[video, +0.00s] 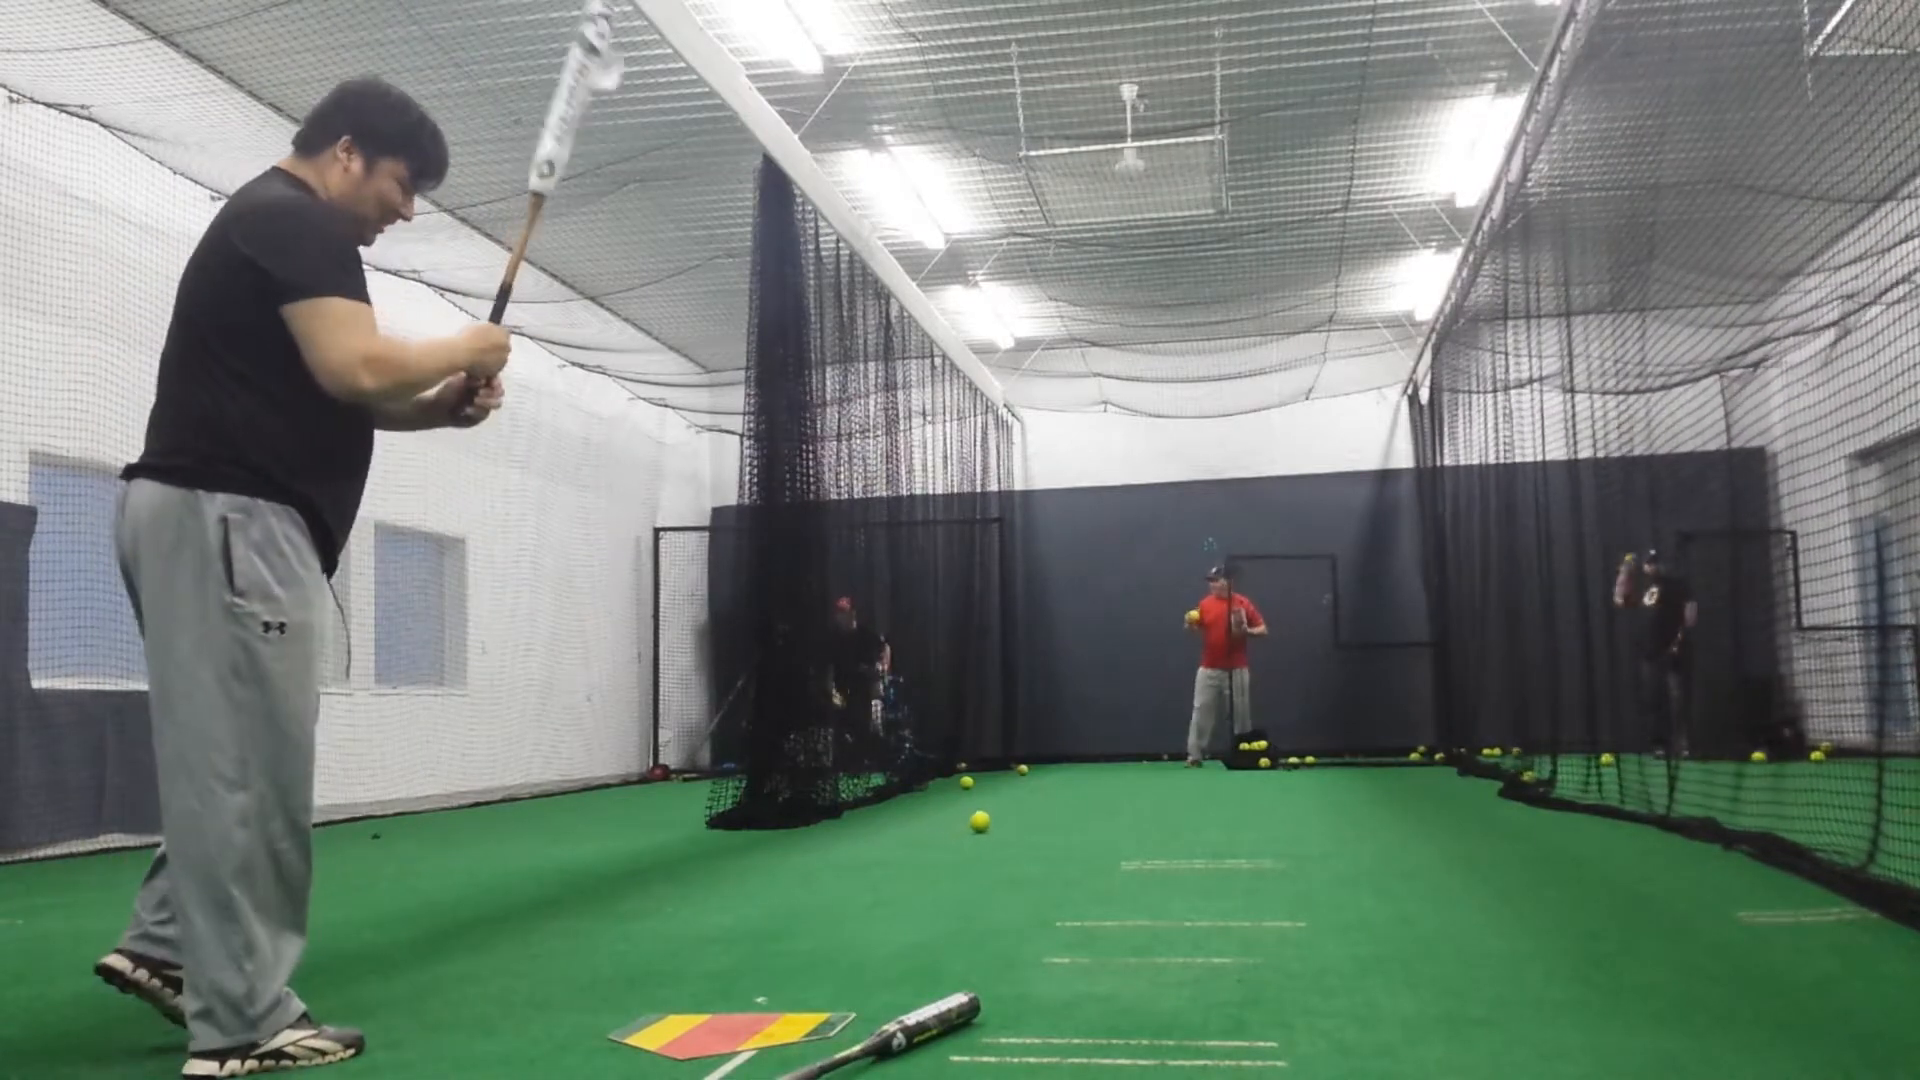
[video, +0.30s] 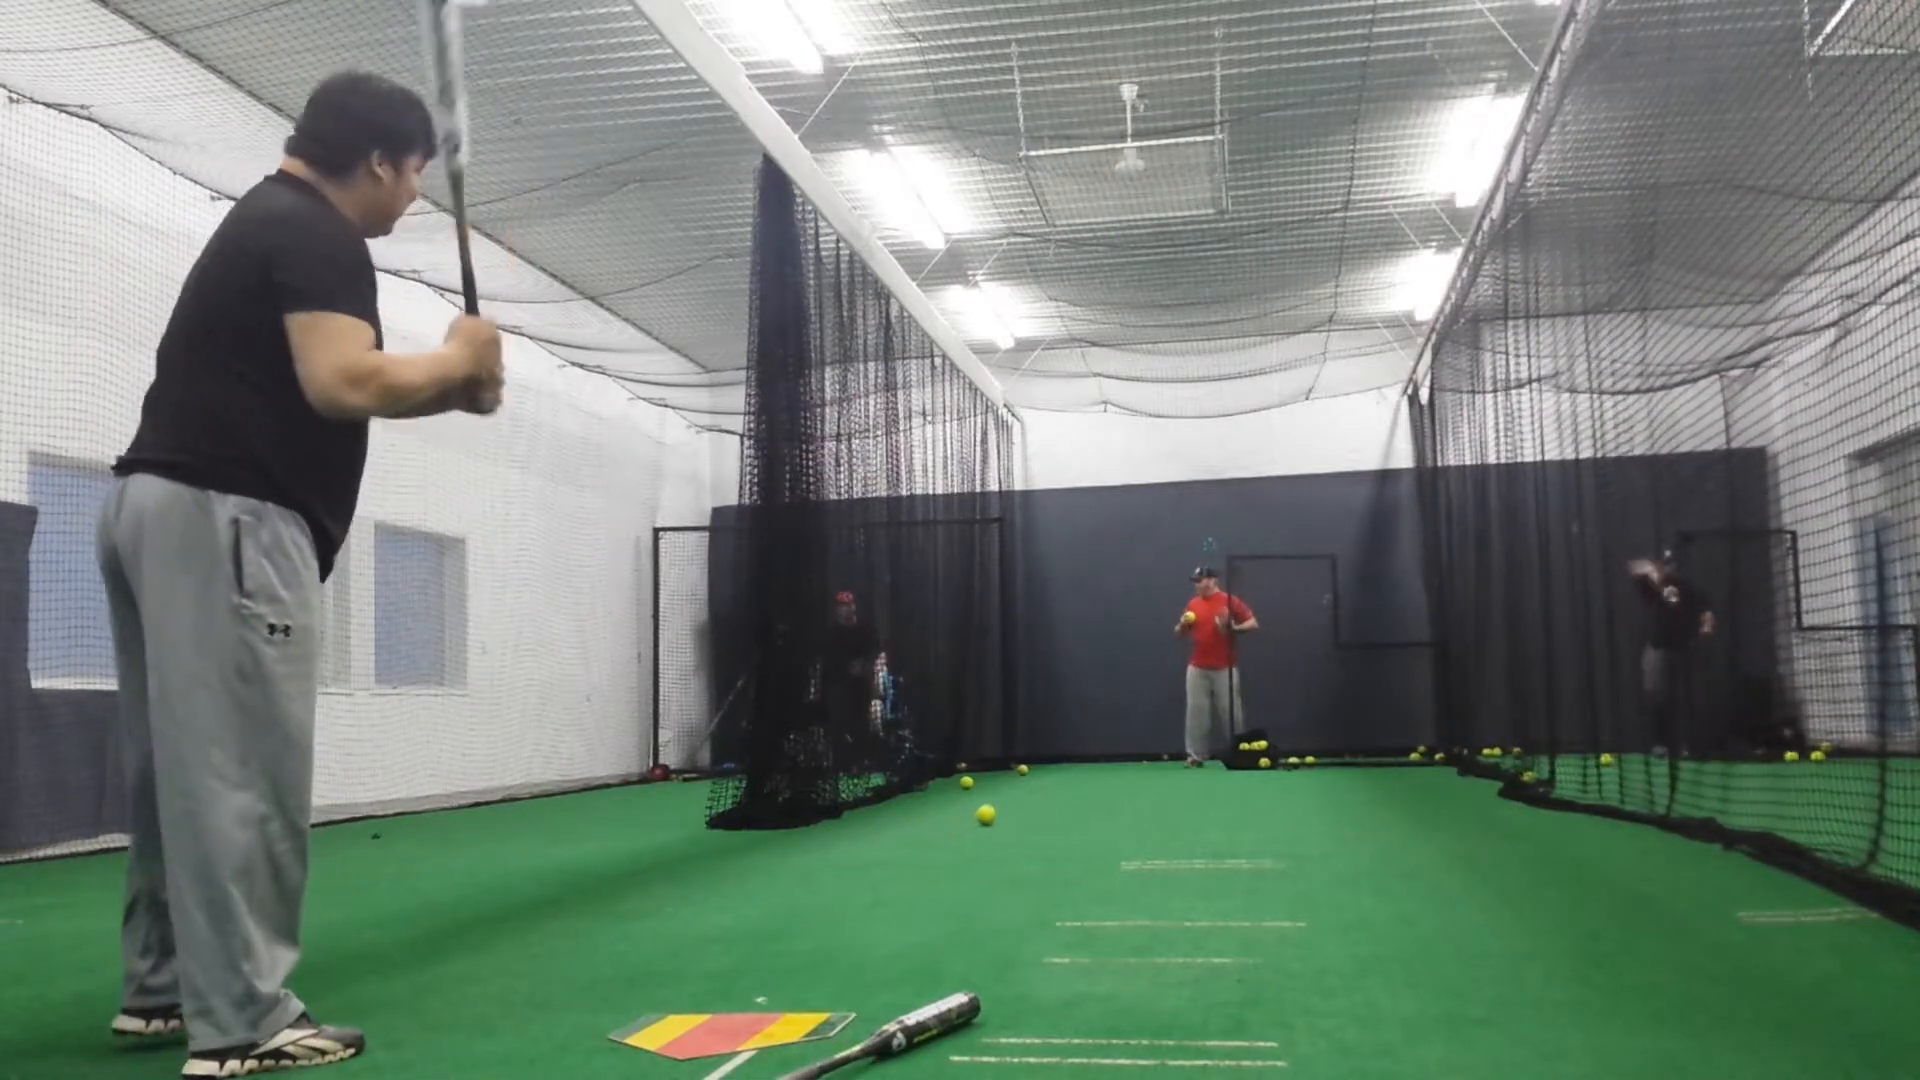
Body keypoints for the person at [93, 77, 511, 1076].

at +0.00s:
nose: (404, 212)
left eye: (413, 195)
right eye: (401, 186)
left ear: (339, 161)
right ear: (347, 153)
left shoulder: (284, 225)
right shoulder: (294, 218)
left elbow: (333, 395)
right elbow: (357, 367)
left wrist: (444, 407)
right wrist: (462, 350)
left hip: (219, 515)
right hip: (228, 519)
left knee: (239, 756)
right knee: (249, 773)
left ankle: (163, 942)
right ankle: (242, 1025)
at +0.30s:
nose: (412, 202)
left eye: (418, 182)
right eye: (413, 179)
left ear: (324, 152)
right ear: (374, 161)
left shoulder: (265, 216)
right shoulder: (313, 230)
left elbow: (331, 386)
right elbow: (339, 381)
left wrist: (445, 383)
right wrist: (450, 364)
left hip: (159, 507)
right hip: (224, 520)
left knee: (181, 765)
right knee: (241, 776)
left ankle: (162, 990)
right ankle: (243, 1024)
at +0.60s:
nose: (387, 192)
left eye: (388, 173)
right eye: (386, 171)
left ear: (281, 154)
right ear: (356, 162)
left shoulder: (207, 225)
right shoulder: (346, 261)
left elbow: (262, 385)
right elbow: (386, 434)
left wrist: (378, 455)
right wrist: (433, 486)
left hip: (123, 507)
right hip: (231, 517)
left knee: (145, 772)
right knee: (257, 770)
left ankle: (150, 1008)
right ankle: (242, 1022)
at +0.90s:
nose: (344, 184)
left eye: (342, 166)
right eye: (341, 165)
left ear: (236, 159)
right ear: (314, 162)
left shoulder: (179, 239)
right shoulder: (313, 262)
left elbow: (207, 399)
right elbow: (367, 431)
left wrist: (312, 497)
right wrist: (378, 532)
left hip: (105, 515)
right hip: (209, 521)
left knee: (134, 771)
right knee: (242, 771)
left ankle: (150, 1008)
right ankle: (244, 1016)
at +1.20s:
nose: (296, 189)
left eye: (295, 170)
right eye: (292, 169)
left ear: (193, 163)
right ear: (263, 162)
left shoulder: (160, 240)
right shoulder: (256, 245)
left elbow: (190, 398)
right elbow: (293, 394)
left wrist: (304, 481)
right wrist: (351, 488)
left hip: (97, 516)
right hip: (181, 514)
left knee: (133, 768)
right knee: (241, 758)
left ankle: (152, 1006)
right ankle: (251, 1005)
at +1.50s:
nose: (262, 185)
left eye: (258, 168)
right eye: (258, 167)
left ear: (162, 165)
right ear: (233, 160)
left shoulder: (146, 237)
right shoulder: (204, 226)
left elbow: (217, 418)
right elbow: (217, 343)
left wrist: (333, 418)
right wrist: (341, 387)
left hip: (106, 516)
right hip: (167, 518)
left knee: (142, 769)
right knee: (220, 758)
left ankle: (153, 1009)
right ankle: (237, 1004)